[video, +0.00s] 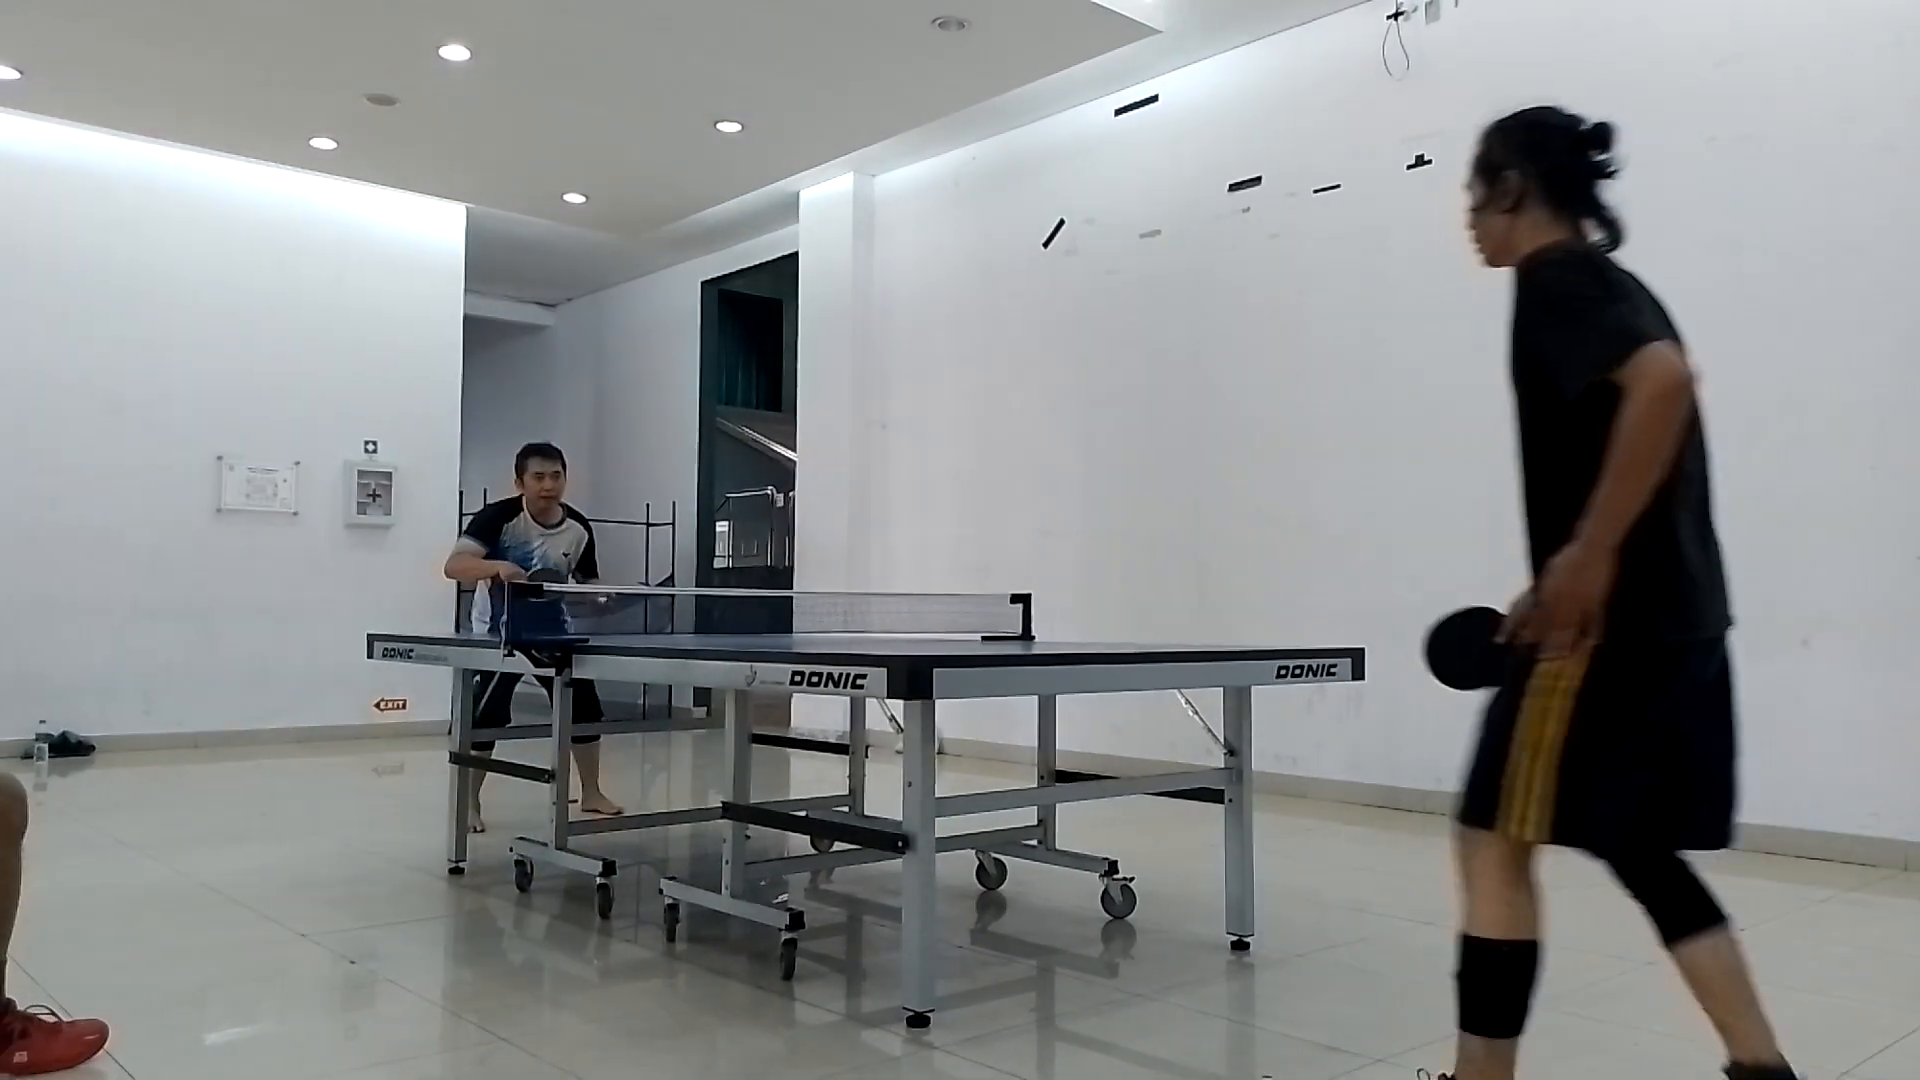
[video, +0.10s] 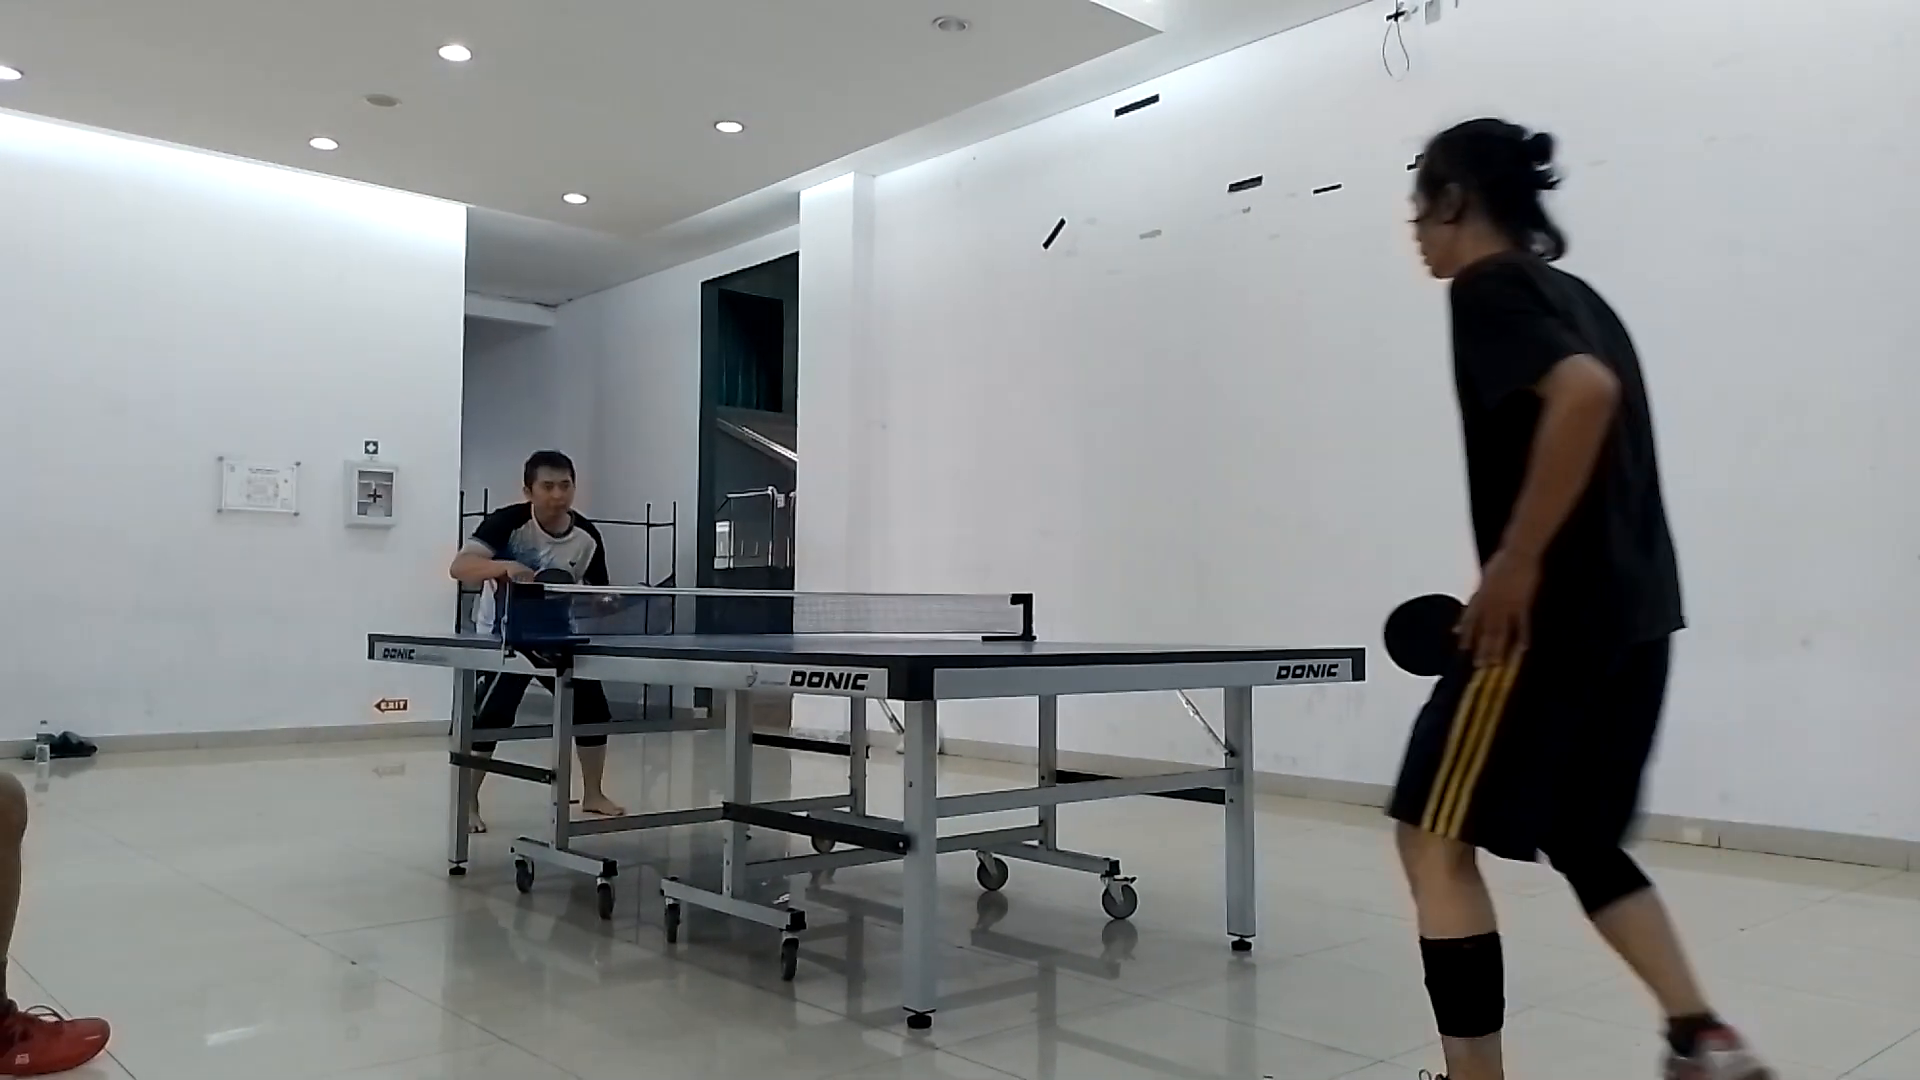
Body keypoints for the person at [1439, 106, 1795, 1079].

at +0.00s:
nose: (1468, 215)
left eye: (1478, 196)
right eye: (1471, 196)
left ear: (1521, 195)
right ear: (1557, 196)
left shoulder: (1561, 281)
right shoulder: (1599, 284)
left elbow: (1664, 380)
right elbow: (1618, 463)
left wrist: (1590, 552)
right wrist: (1552, 596)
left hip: (1602, 622)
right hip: (1662, 622)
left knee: (1489, 833)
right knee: (1633, 836)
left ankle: (1480, 1070)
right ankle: (1761, 1065)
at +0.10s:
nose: (1415, 230)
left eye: (1422, 210)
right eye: (1416, 211)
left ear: (1460, 204)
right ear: (1518, 207)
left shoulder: (1493, 287)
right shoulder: (1580, 299)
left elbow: (1584, 390)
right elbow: (1607, 478)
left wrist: (1516, 559)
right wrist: (1497, 596)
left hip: (1551, 619)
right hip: (1629, 619)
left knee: (1429, 830)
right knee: (1577, 832)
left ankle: (1473, 1067)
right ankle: (1701, 1038)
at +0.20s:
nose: (1375, 240)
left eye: (1378, 220)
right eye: (1373, 221)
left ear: (1414, 209)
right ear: (1472, 210)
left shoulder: (1439, 286)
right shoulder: (1539, 296)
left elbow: (1521, 383)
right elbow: (1578, 459)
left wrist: (1466, 554)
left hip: (1509, 602)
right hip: (1590, 598)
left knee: (1412, 824)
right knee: (1528, 801)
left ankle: (1467, 1066)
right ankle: (1599, 1035)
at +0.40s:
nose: (1332, 255)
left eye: (1334, 236)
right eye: (1331, 237)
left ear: (1364, 225)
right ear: (1425, 227)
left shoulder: (1392, 298)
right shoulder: (1486, 309)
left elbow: (1474, 377)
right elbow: (1528, 471)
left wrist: (1428, 543)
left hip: (1466, 604)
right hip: (1542, 604)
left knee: (1380, 829)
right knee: (1490, 830)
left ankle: (1459, 1060)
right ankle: (1485, 1043)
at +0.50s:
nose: (1320, 279)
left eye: (1321, 258)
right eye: (1317, 260)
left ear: (1350, 246)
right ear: (1410, 246)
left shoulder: (1387, 314)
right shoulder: (1473, 325)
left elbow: (1474, 382)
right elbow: (1511, 488)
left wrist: (1429, 545)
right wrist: (1398, 605)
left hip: (1461, 607)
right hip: (1536, 609)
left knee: (1322, 807)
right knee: (1472, 820)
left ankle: (1418, 1052)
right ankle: (1482, 1039)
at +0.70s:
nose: (1285, 288)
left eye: (1286, 268)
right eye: (1282, 270)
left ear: (1314, 255)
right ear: (1373, 253)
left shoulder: (1350, 322)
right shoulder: (1440, 333)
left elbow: (1436, 390)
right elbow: (1478, 495)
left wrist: (1390, 558)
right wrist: (1374, 607)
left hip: (1421, 611)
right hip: (1492, 612)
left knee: (1328, 826)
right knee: (1442, 819)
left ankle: (1348, 1067)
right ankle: (1479, 1036)